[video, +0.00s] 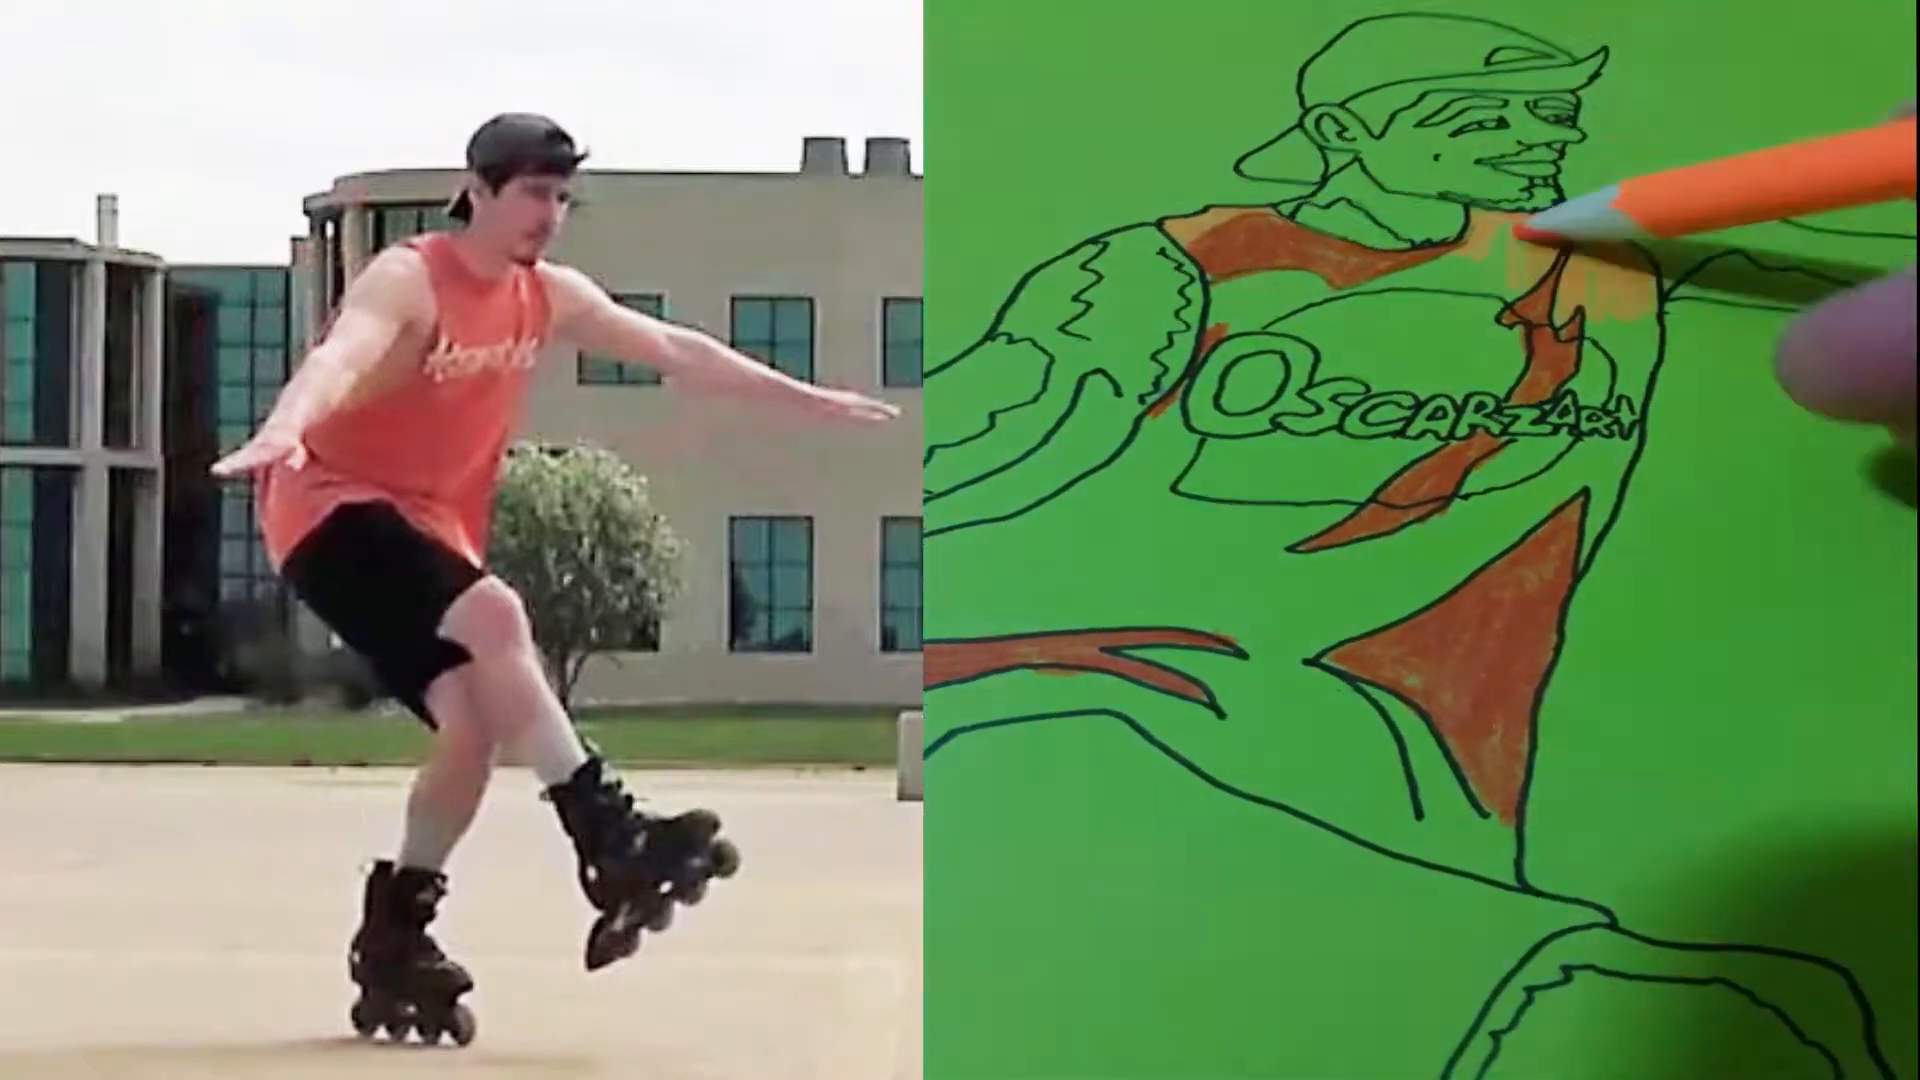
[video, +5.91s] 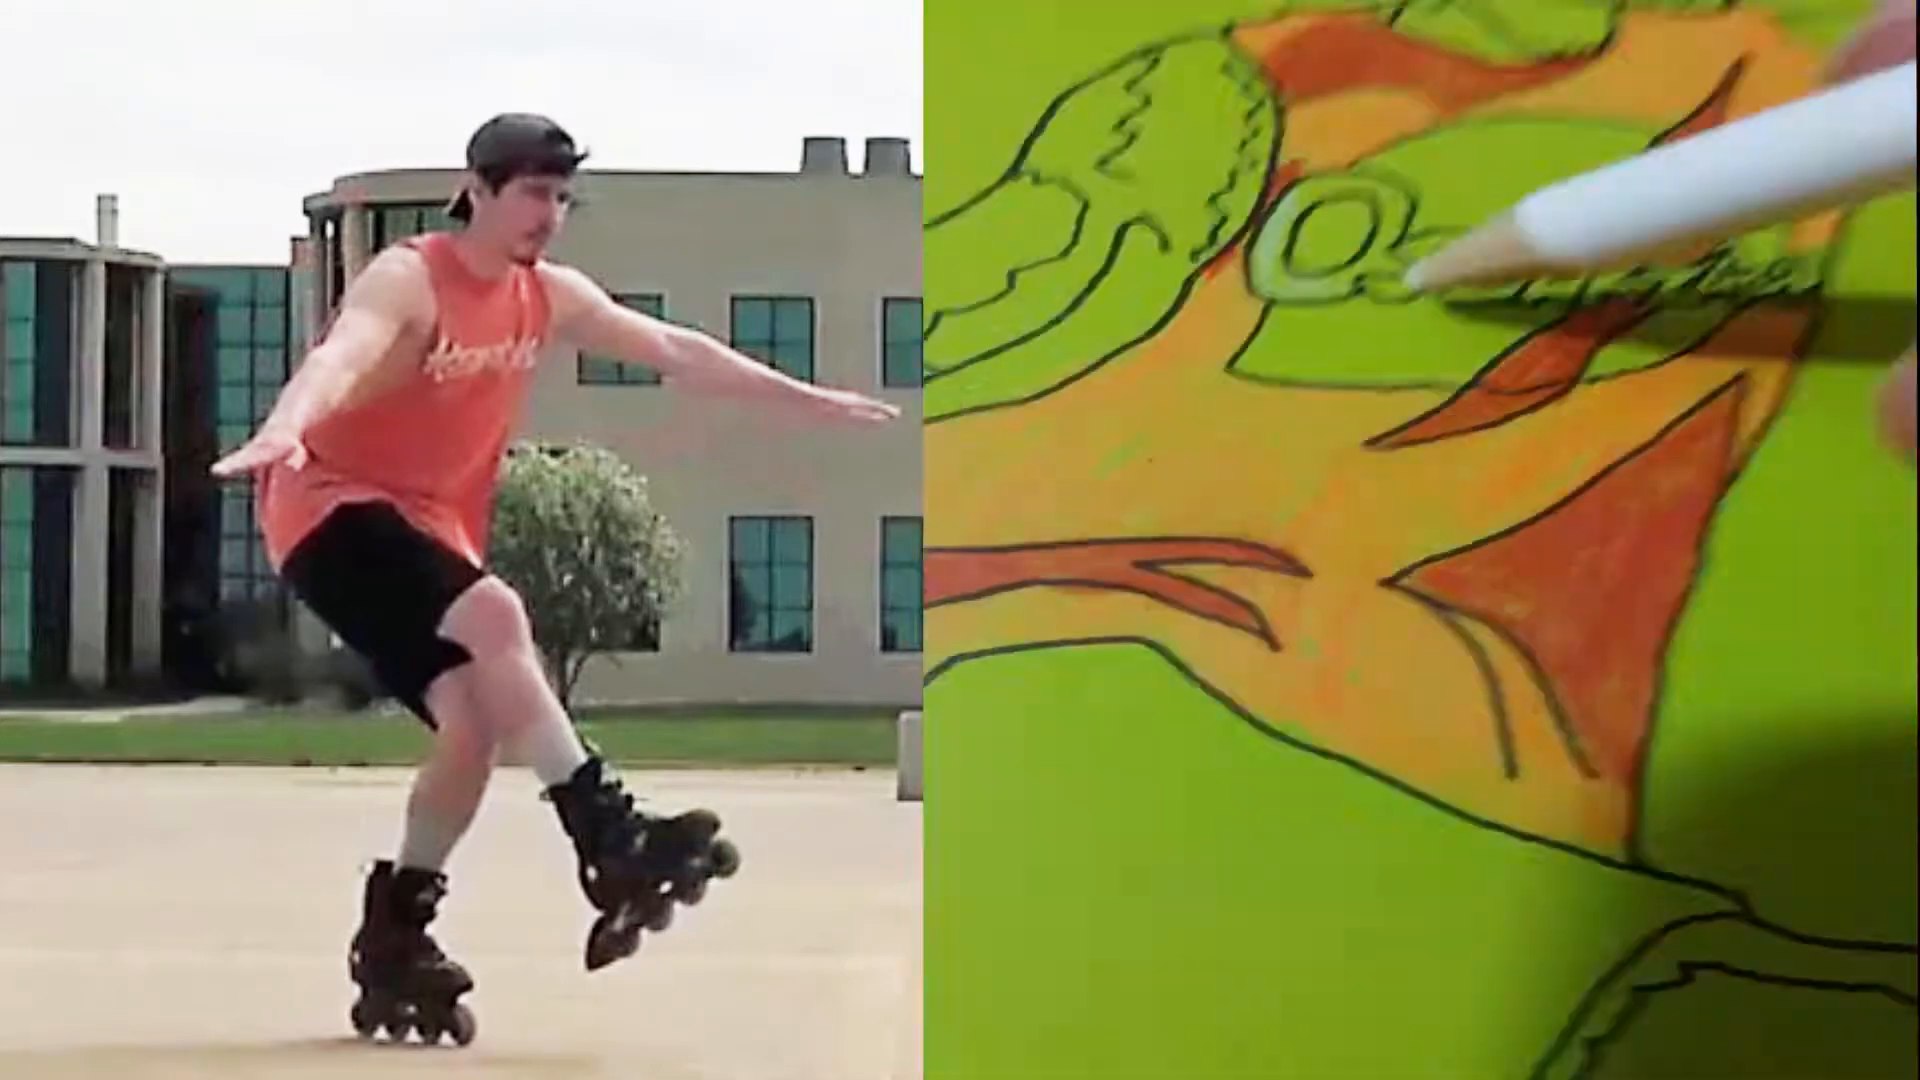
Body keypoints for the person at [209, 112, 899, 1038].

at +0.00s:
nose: (552, 214)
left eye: (562, 198)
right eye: (536, 195)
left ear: (562, 203)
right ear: (477, 191)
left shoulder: (551, 293)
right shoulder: (408, 274)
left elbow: (674, 349)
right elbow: (342, 356)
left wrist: (811, 399)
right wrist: (283, 428)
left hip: (436, 530)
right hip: (334, 505)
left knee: (477, 725)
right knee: (492, 616)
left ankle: (393, 935)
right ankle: (610, 841)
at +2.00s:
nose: (551, 215)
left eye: (561, 199)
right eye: (535, 195)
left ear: (563, 203)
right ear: (475, 191)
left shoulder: (551, 293)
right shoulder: (408, 274)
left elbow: (674, 350)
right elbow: (342, 356)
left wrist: (811, 399)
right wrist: (282, 429)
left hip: (436, 530)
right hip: (334, 505)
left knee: (477, 725)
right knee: (492, 616)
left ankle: (394, 934)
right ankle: (609, 840)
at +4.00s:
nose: (551, 214)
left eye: (561, 199)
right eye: (535, 195)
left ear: (563, 203)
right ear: (476, 191)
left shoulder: (552, 293)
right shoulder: (408, 274)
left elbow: (675, 350)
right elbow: (342, 355)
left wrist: (813, 400)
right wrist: (283, 428)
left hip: (437, 530)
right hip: (334, 506)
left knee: (477, 725)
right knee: (492, 616)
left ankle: (393, 938)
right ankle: (609, 839)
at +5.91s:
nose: (551, 215)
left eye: (561, 199)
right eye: (535, 195)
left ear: (563, 204)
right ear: (475, 191)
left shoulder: (551, 293)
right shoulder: (408, 275)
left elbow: (673, 349)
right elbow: (342, 355)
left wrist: (809, 399)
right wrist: (283, 428)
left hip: (436, 529)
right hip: (334, 504)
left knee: (477, 724)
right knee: (492, 616)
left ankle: (393, 937)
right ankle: (610, 841)